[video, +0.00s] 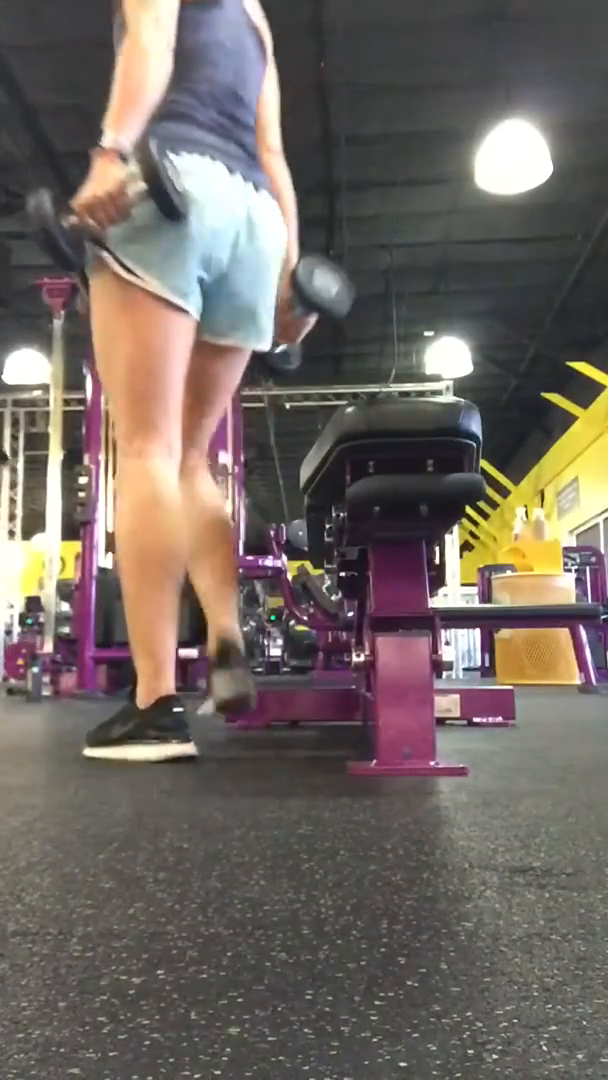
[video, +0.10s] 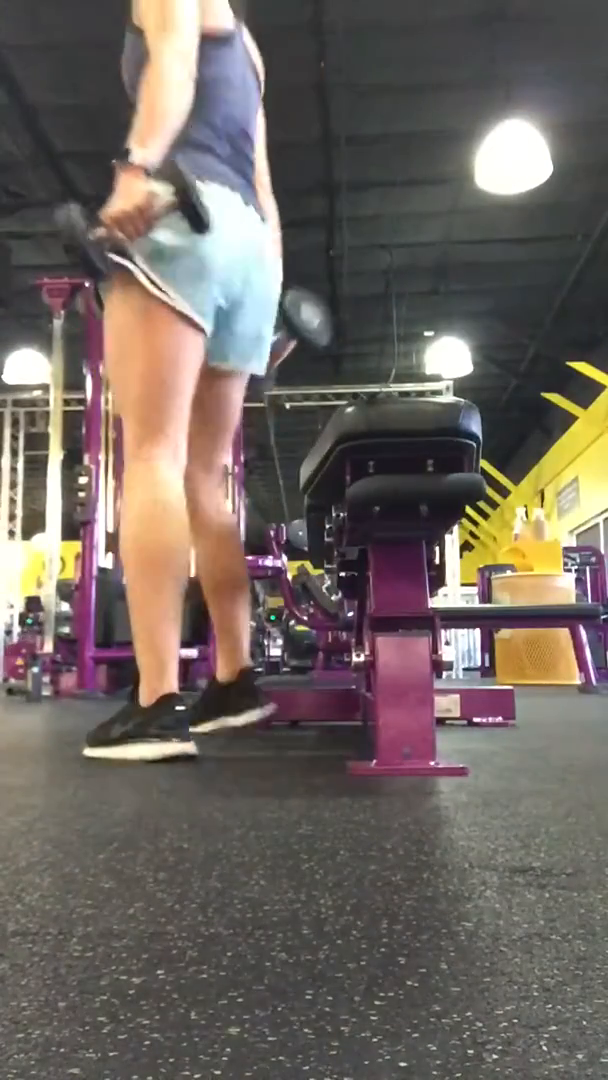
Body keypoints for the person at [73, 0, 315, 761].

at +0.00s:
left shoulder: (161, 3)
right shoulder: (254, 21)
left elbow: (148, 47)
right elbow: (269, 149)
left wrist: (110, 152)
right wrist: (287, 266)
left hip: (166, 182)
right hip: (258, 211)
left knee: (146, 452)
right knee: (192, 457)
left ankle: (155, 702)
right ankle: (226, 633)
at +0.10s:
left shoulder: (168, 3)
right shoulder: (243, 42)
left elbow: (172, 65)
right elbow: (258, 180)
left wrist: (136, 165)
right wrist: (269, 293)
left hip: (180, 213)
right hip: (254, 236)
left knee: (152, 459)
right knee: (210, 473)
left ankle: (156, 699)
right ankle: (235, 680)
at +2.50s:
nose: (49, 38)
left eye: (64, 25)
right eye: (43, 30)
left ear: (102, 38)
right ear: (44, 45)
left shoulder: (105, 88)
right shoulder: (84, 107)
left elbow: (127, 167)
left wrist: (99, 244)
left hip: (122, 294)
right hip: (101, 301)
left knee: (119, 483)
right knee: (98, 505)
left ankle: (309, 483)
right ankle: (109, 690)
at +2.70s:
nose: (52, 49)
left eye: (65, 36)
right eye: (45, 41)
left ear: (103, 47)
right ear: (49, 57)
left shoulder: (108, 92)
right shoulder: (86, 113)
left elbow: (129, 165)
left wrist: (107, 238)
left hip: (124, 295)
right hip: (104, 303)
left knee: (120, 485)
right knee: (99, 505)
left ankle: (307, 488)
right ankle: (110, 690)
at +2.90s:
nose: (57, 53)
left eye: (72, 39)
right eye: (52, 44)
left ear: (110, 50)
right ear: (55, 59)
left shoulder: (113, 92)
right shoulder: (96, 115)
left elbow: (132, 167)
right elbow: (108, 213)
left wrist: (117, 239)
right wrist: (74, 278)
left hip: (123, 299)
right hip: (108, 304)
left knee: (117, 488)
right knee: (99, 505)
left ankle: (305, 490)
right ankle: (111, 690)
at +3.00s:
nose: (60, 53)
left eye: (74, 40)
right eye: (54, 45)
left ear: (112, 50)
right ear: (58, 60)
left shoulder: (116, 91)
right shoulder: (99, 116)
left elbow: (135, 166)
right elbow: (108, 214)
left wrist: (124, 238)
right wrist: (74, 282)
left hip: (119, 298)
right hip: (110, 303)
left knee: (117, 487)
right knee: (100, 505)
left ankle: (305, 490)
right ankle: (112, 690)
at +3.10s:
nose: (63, 55)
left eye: (77, 41)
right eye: (57, 46)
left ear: (115, 50)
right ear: (62, 61)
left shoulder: (120, 91)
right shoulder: (99, 117)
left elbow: (137, 165)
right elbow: (106, 213)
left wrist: (126, 237)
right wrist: (73, 280)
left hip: (121, 297)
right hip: (104, 303)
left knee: (115, 484)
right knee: (99, 503)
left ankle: (307, 490)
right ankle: (111, 690)